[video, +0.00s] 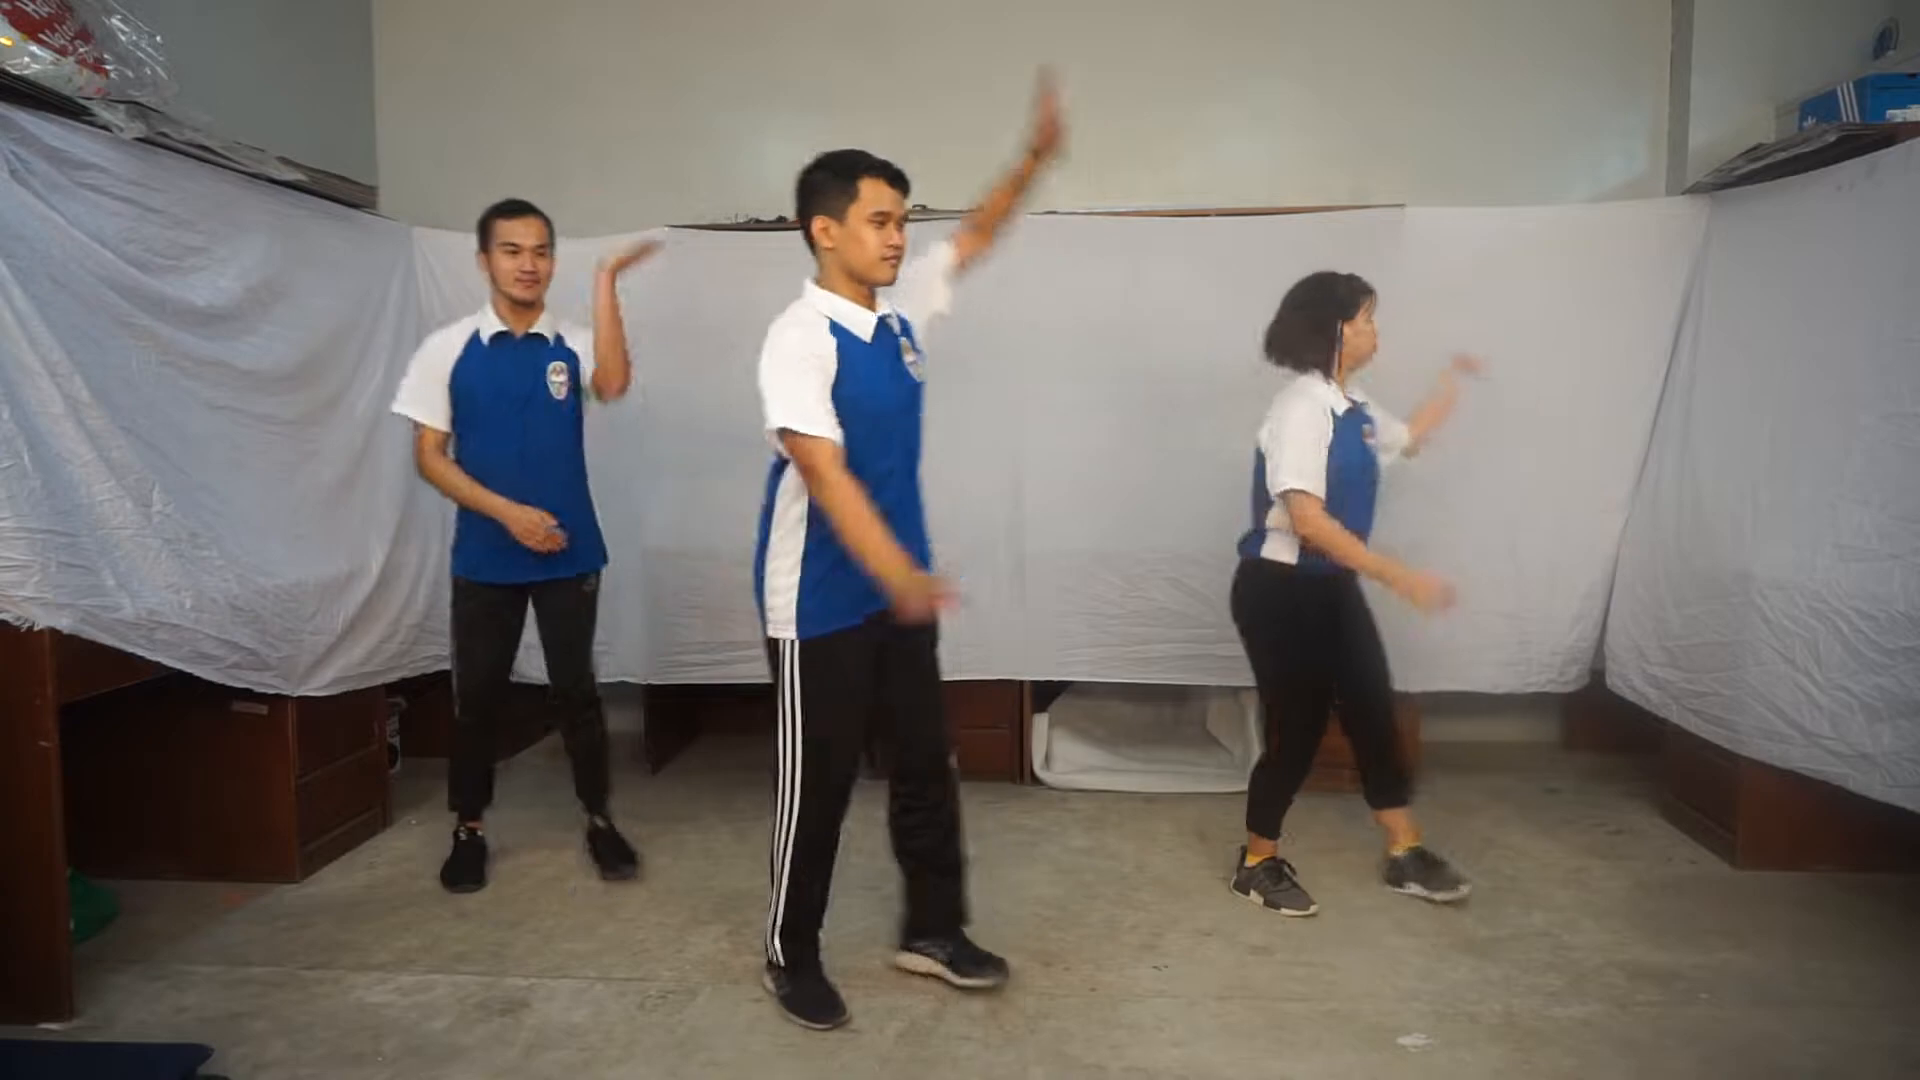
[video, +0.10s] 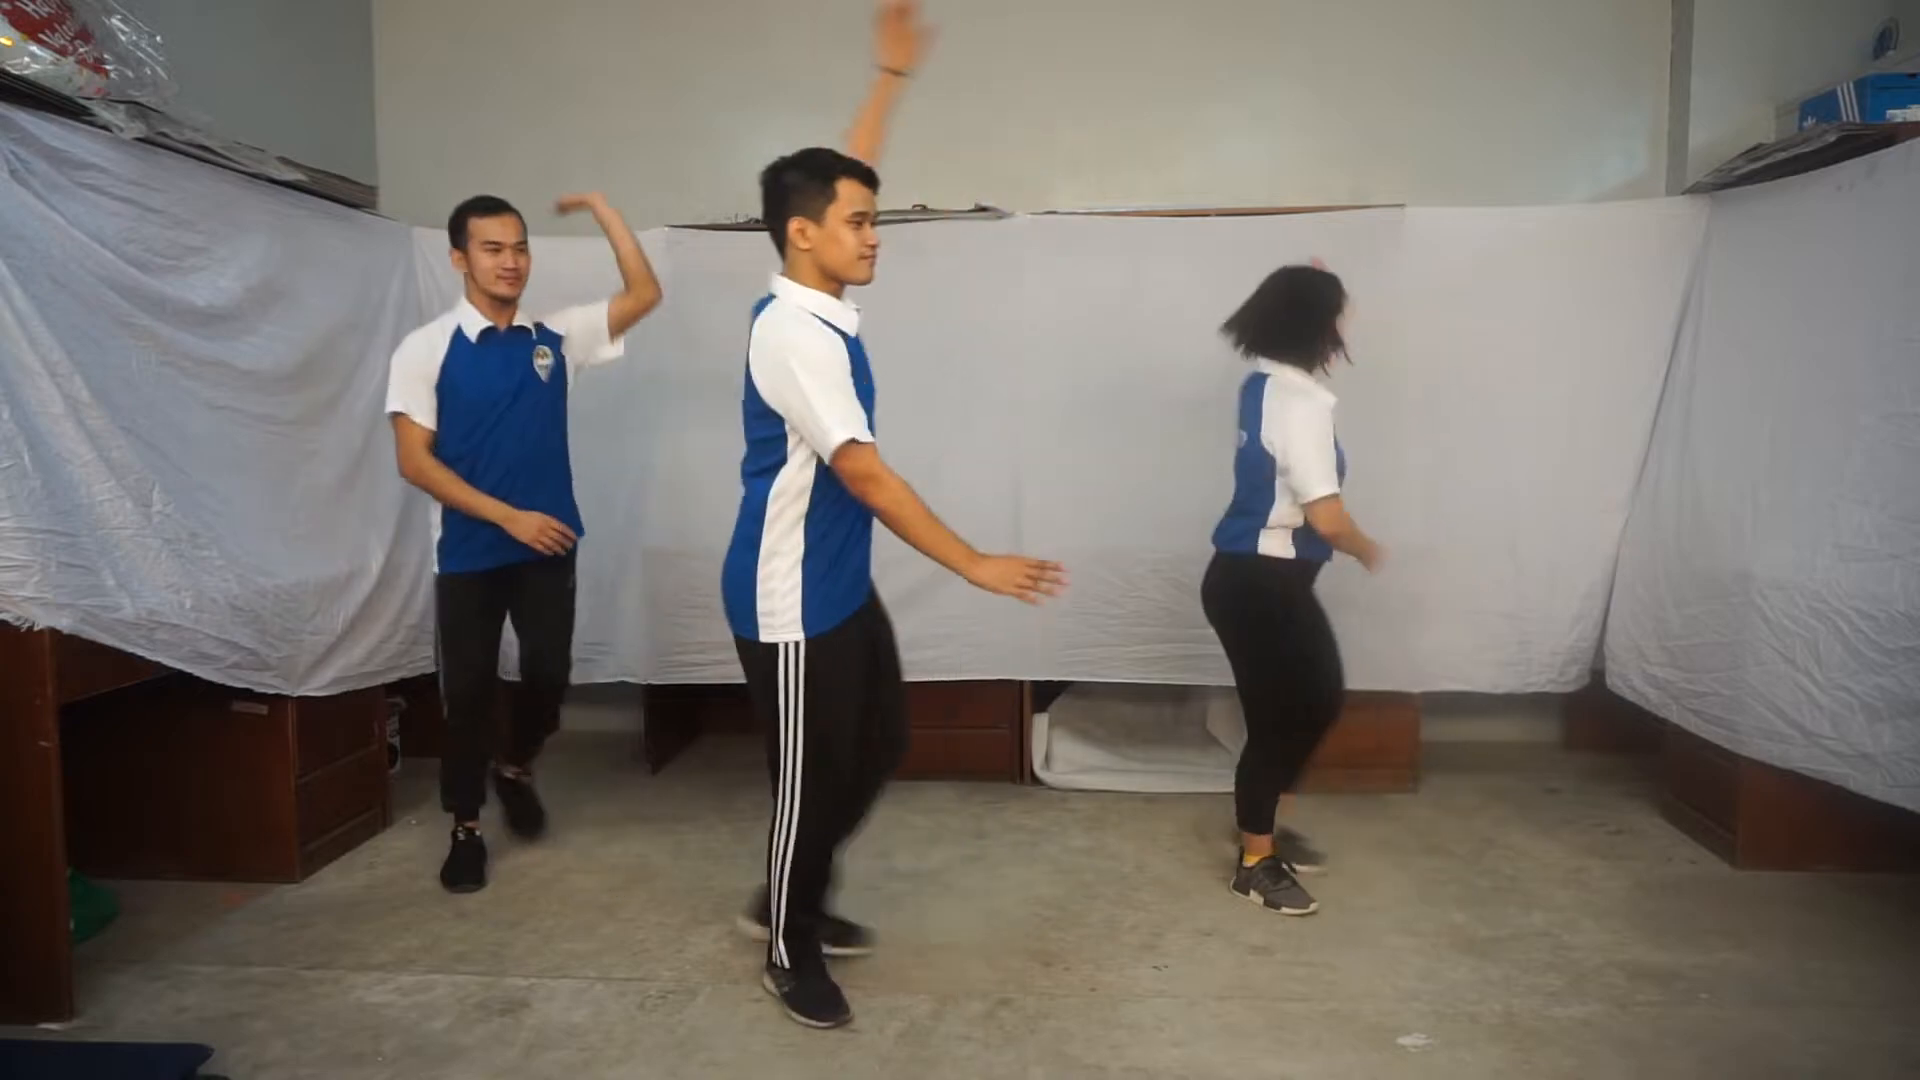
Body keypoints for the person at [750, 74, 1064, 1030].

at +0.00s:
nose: (897, 235)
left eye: (898, 220)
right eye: (879, 220)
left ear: (896, 232)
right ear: (823, 230)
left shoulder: (902, 306)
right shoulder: (798, 340)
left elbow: (974, 234)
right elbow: (826, 476)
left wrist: (1036, 156)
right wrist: (900, 577)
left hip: (899, 584)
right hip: (821, 596)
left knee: (923, 765)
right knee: (818, 781)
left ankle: (934, 933)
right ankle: (793, 954)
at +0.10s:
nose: (872, 237)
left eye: (869, 220)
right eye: (855, 223)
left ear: (814, 229)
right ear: (801, 234)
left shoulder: (818, 298)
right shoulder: (798, 335)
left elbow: (847, 191)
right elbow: (863, 473)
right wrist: (972, 562)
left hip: (841, 581)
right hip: (791, 597)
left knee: (875, 744)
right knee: (805, 779)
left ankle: (793, 891)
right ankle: (792, 951)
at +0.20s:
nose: (853, 240)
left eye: (852, 223)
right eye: (840, 224)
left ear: (777, 234)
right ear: (781, 234)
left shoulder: (749, 303)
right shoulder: (799, 335)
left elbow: (757, 199)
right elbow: (862, 472)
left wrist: (750, 89)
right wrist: (920, 542)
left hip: (759, 579)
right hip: (789, 593)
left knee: (784, 756)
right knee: (814, 774)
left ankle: (666, 895)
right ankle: (795, 956)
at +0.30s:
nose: (833, 246)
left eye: (831, 229)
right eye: (819, 230)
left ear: (755, 241)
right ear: (764, 240)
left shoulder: (708, 306)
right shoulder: (796, 344)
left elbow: (683, 203)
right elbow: (853, 488)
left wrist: (640, 110)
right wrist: (831, 538)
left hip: (709, 579)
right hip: (770, 595)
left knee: (696, 757)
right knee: (809, 778)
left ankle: (565, 925)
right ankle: (795, 956)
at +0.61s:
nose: (803, 286)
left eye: (800, 269)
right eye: (789, 270)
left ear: (726, 276)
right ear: (735, 275)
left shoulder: (671, 337)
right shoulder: (761, 373)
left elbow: (642, 224)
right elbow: (818, 513)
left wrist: (591, 116)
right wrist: (773, 531)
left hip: (648, 618)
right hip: (714, 630)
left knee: (604, 793)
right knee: (822, 771)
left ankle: (522, 975)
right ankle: (797, 939)